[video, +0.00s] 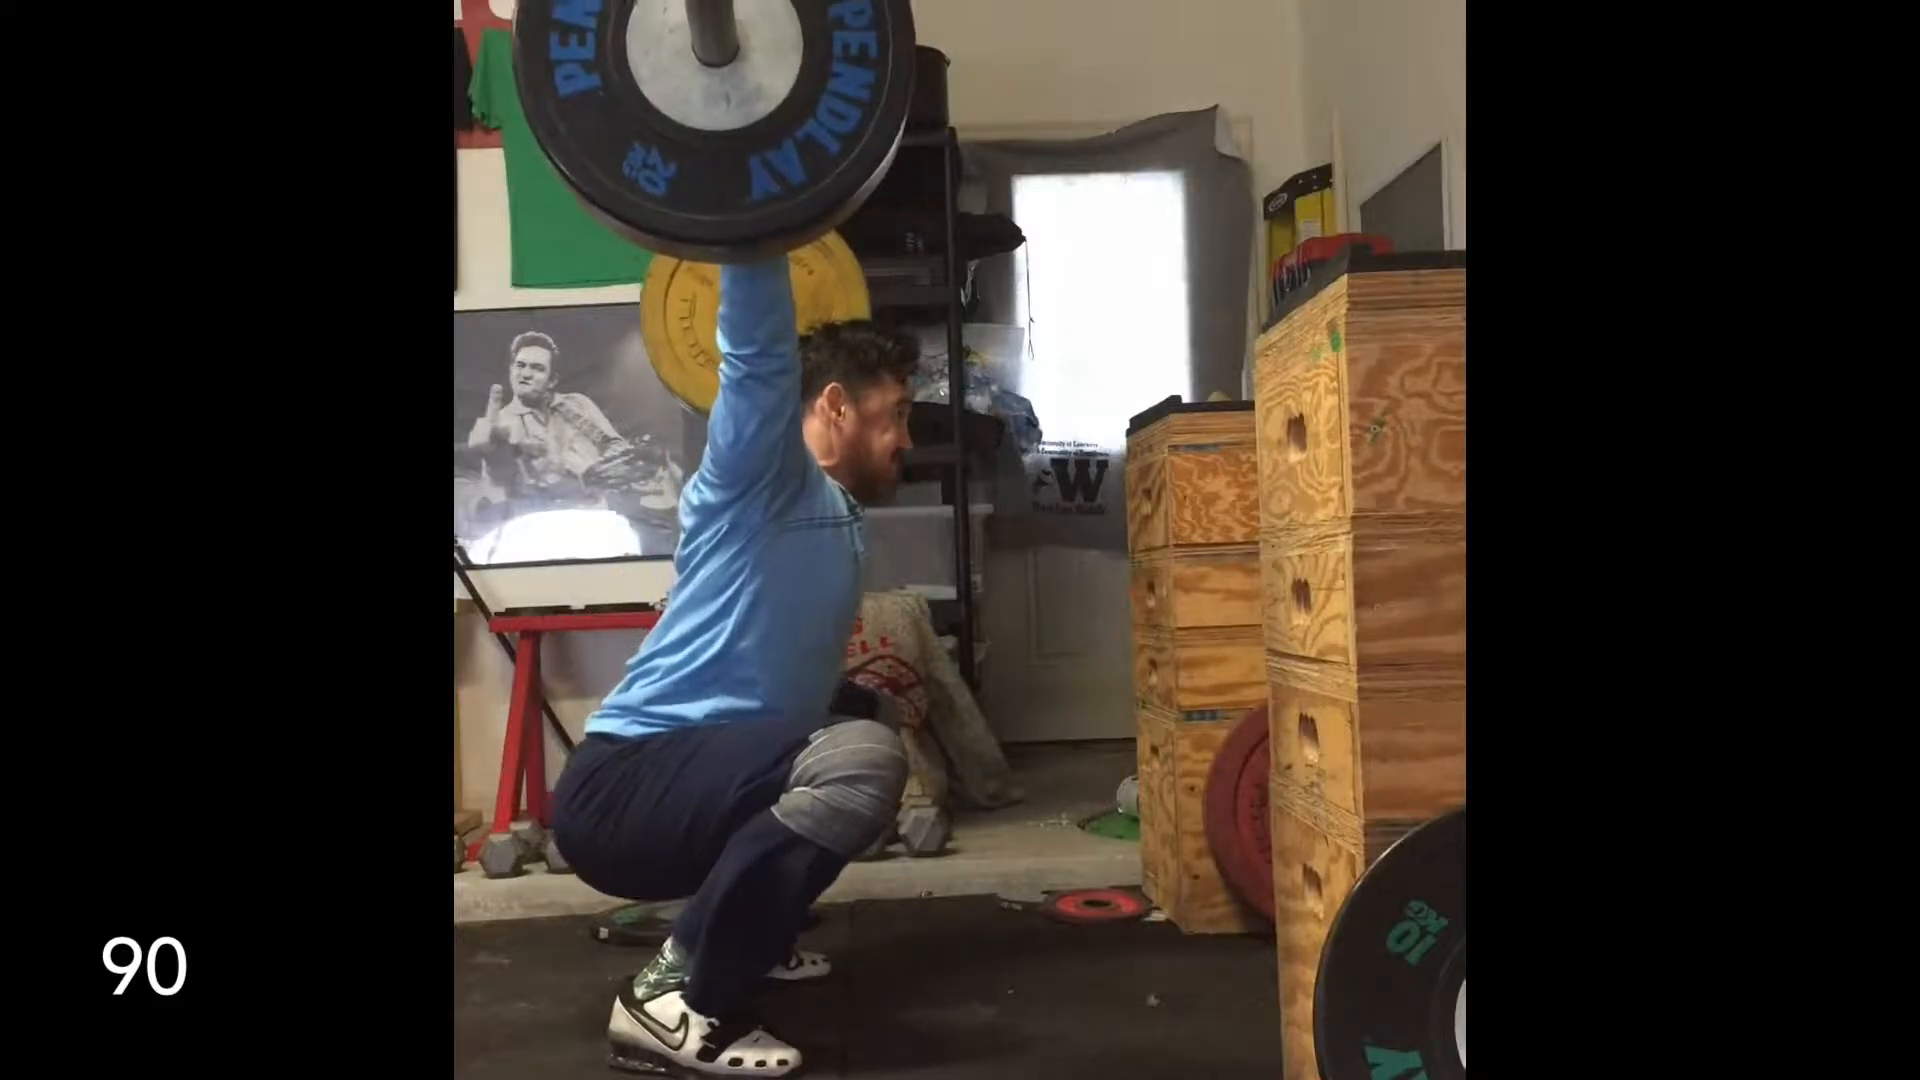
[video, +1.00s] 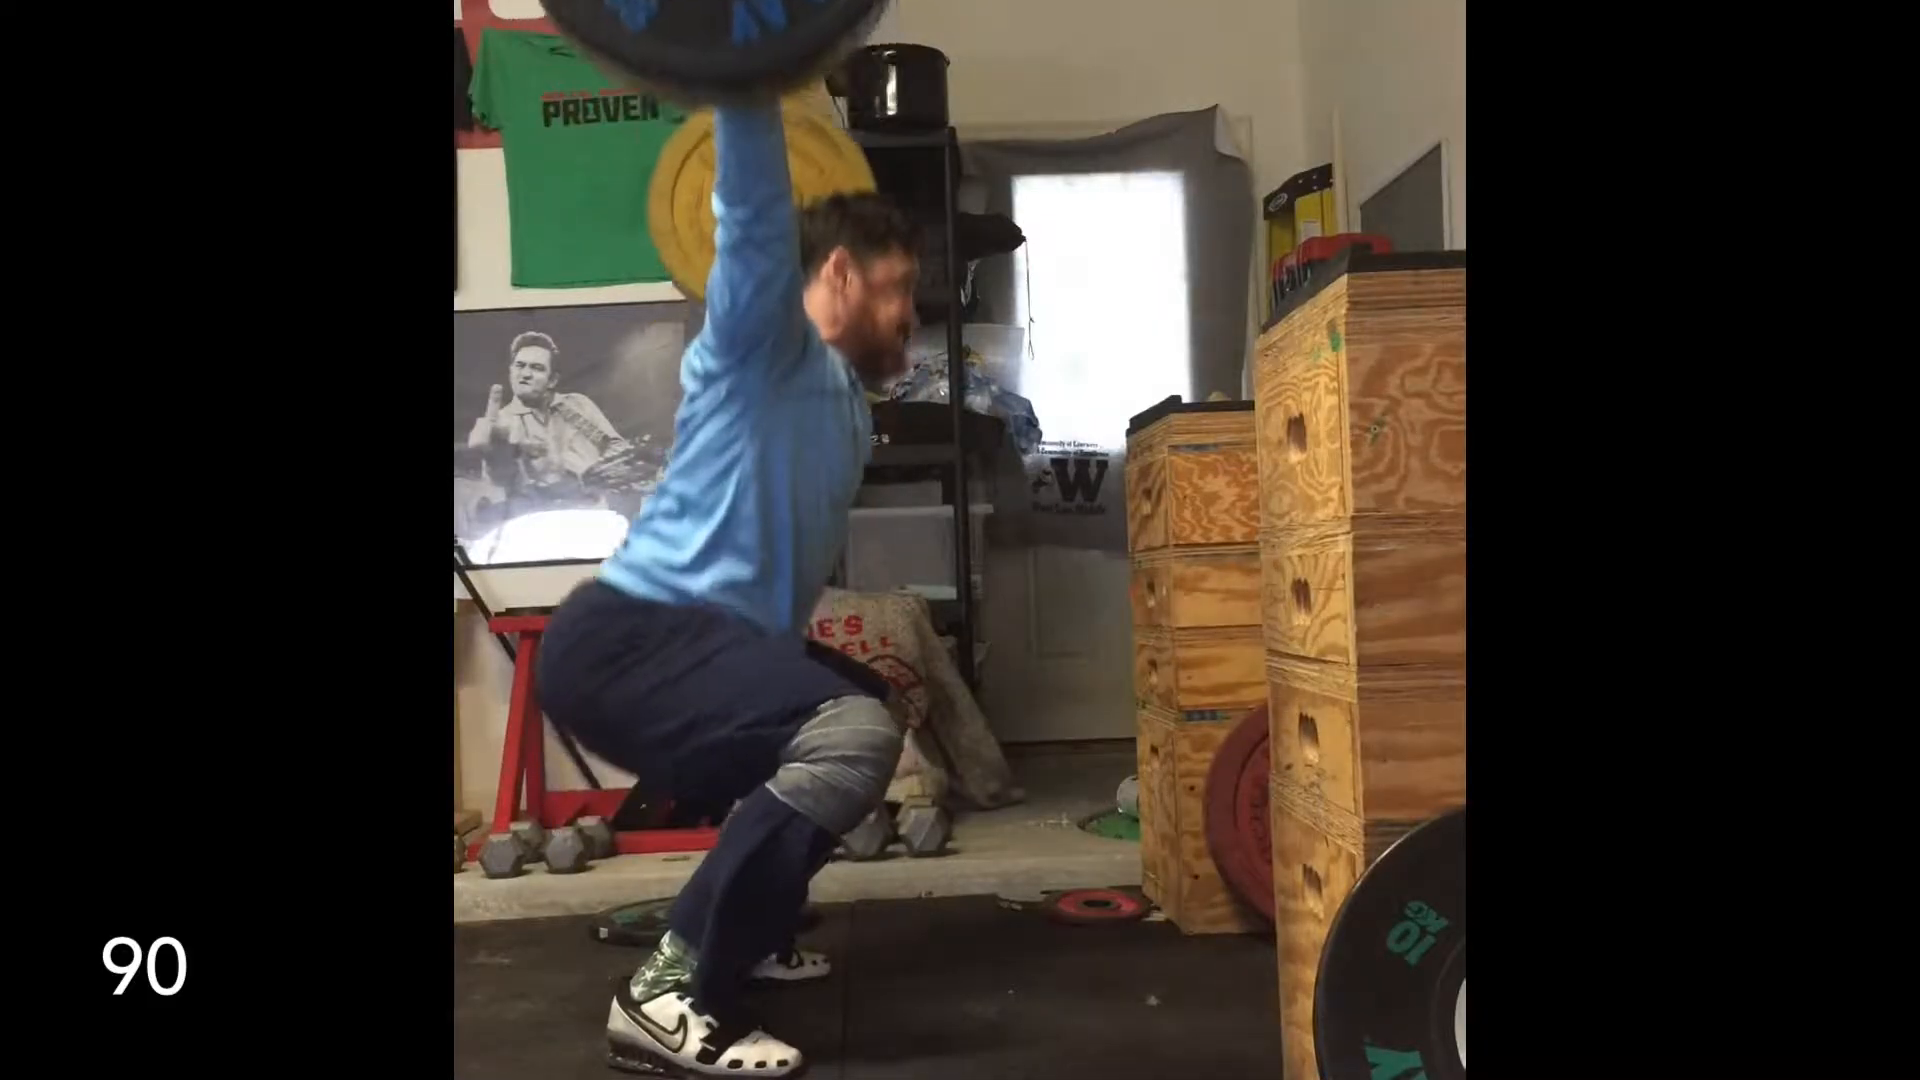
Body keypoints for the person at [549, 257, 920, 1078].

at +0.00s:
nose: (905, 442)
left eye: (906, 422)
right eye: (892, 419)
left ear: (840, 414)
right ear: (832, 409)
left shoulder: (838, 521)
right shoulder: (758, 480)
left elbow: (762, 665)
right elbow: (757, 350)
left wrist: (840, 693)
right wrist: (738, 190)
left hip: (695, 774)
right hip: (619, 785)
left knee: (870, 718)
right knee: (858, 758)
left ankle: (746, 935)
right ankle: (676, 991)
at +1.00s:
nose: (907, 315)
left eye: (912, 294)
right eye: (894, 289)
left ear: (855, 288)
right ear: (833, 279)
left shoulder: (846, 402)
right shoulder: (756, 349)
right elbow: (752, 215)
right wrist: (740, 67)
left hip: (710, 646)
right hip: (626, 636)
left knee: (863, 722)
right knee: (846, 733)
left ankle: (752, 922)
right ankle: (669, 986)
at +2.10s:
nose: (868, 58)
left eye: (874, 40)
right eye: (866, 31)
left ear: (821, 20)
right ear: (811, 5)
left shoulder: (781, 110)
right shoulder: (718, 75)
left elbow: (804, 243)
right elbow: (556, 110)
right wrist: (610, 17)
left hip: (741, 409)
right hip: (678, 399)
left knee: (735, 673)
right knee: (707, 676)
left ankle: (692, 921)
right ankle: (651, 984)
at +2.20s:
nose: (866, 46)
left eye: (872, 29)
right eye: (862, 21)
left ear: (816, 19)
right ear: (808, 4)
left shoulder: (785, 110)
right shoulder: (720, 77)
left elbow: (808, 237)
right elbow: (558, 117)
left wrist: (842, 108)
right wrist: (617, 18)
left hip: (742, 410)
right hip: (677, 400)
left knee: (741, 668)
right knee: (697, 670)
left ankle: (693, 924)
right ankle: (646, 983)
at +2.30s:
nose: (865, 37)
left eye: (869, 20)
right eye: (858, 13)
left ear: (809, 17)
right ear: (801, 1)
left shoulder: (785, 107)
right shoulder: (718, 69)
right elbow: (557, 111)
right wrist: (612, 16)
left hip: (739, 406)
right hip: (678, 397)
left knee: (719, 670)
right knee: (693, 674)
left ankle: (692, 920)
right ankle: (642, 978)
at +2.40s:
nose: (865, 32)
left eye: (867, 16)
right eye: (857, 10)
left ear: (802, 14)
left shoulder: (782, 105)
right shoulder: (715, 68)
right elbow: (551, 109)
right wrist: (607, 15)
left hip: (739, 403)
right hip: (679, 393)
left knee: (709, 666)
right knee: (683, 671)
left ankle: (689, 920)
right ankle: (641, 980)